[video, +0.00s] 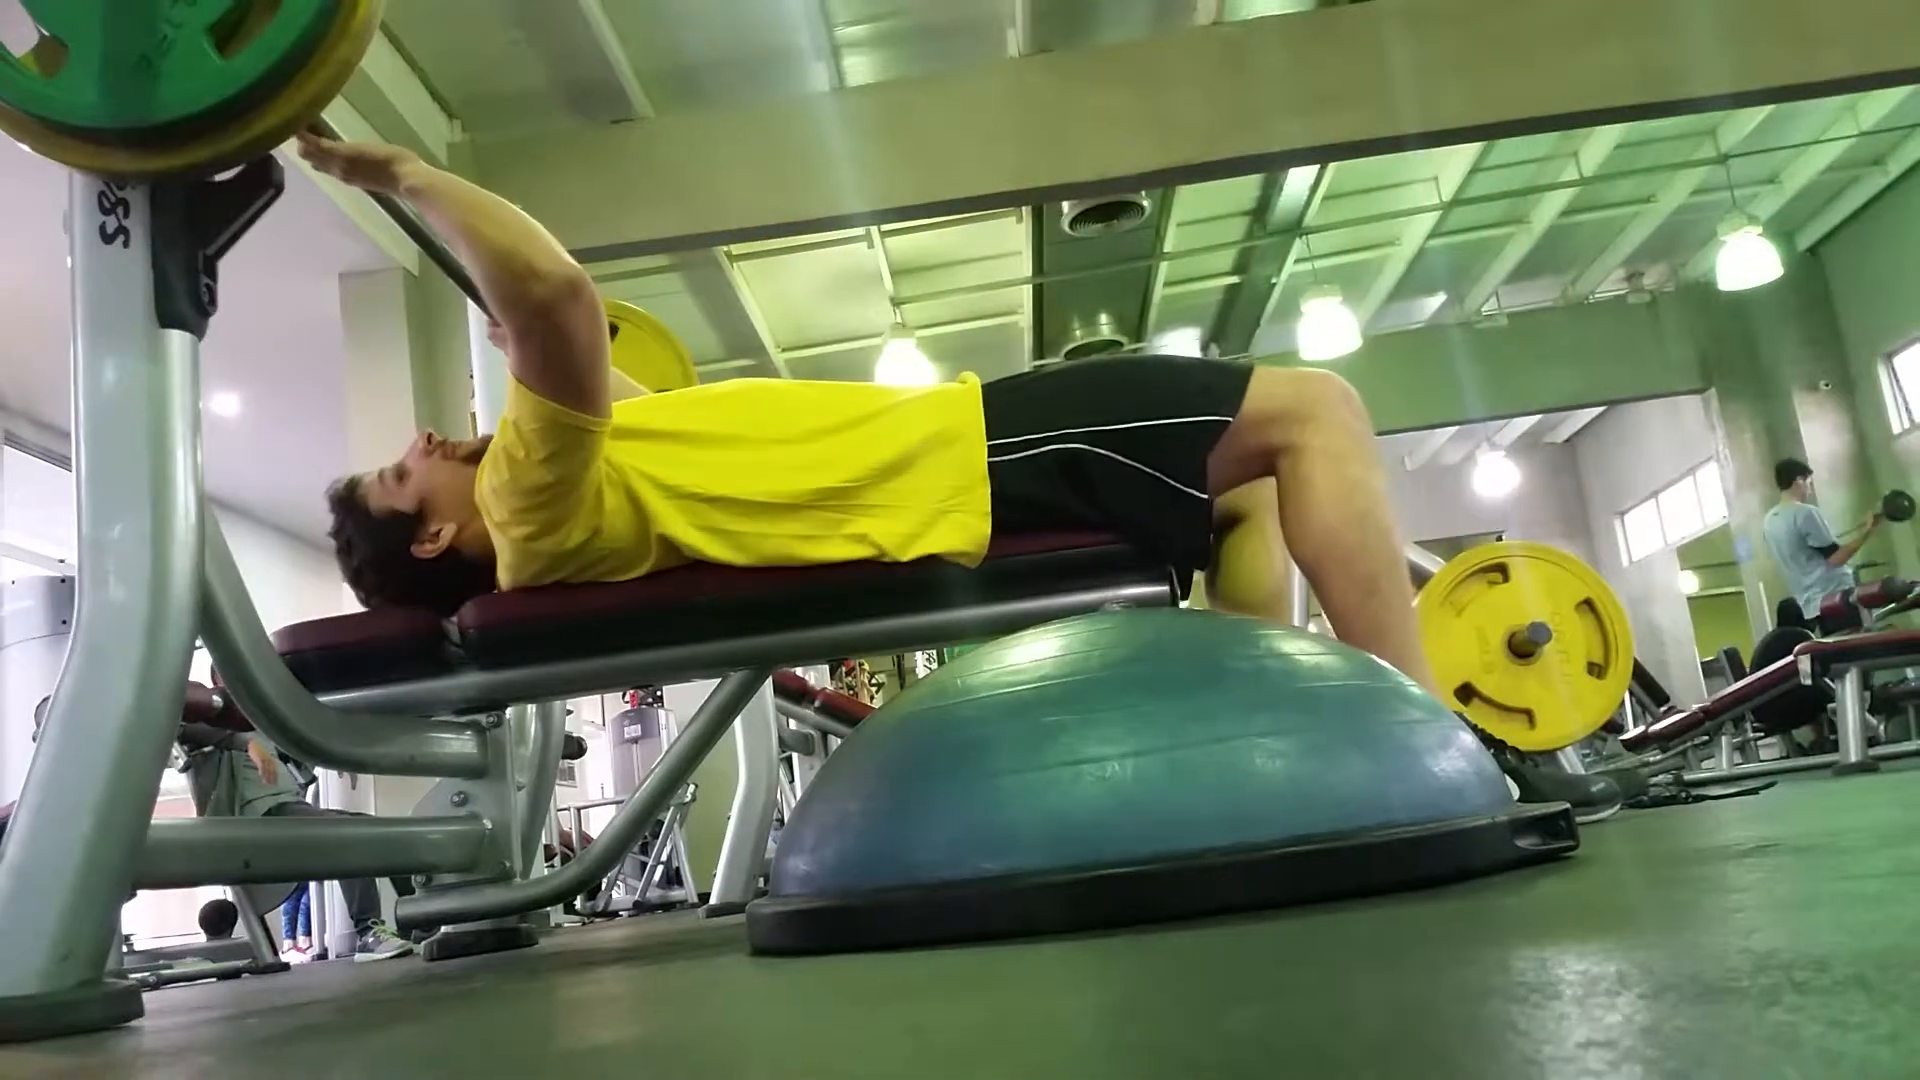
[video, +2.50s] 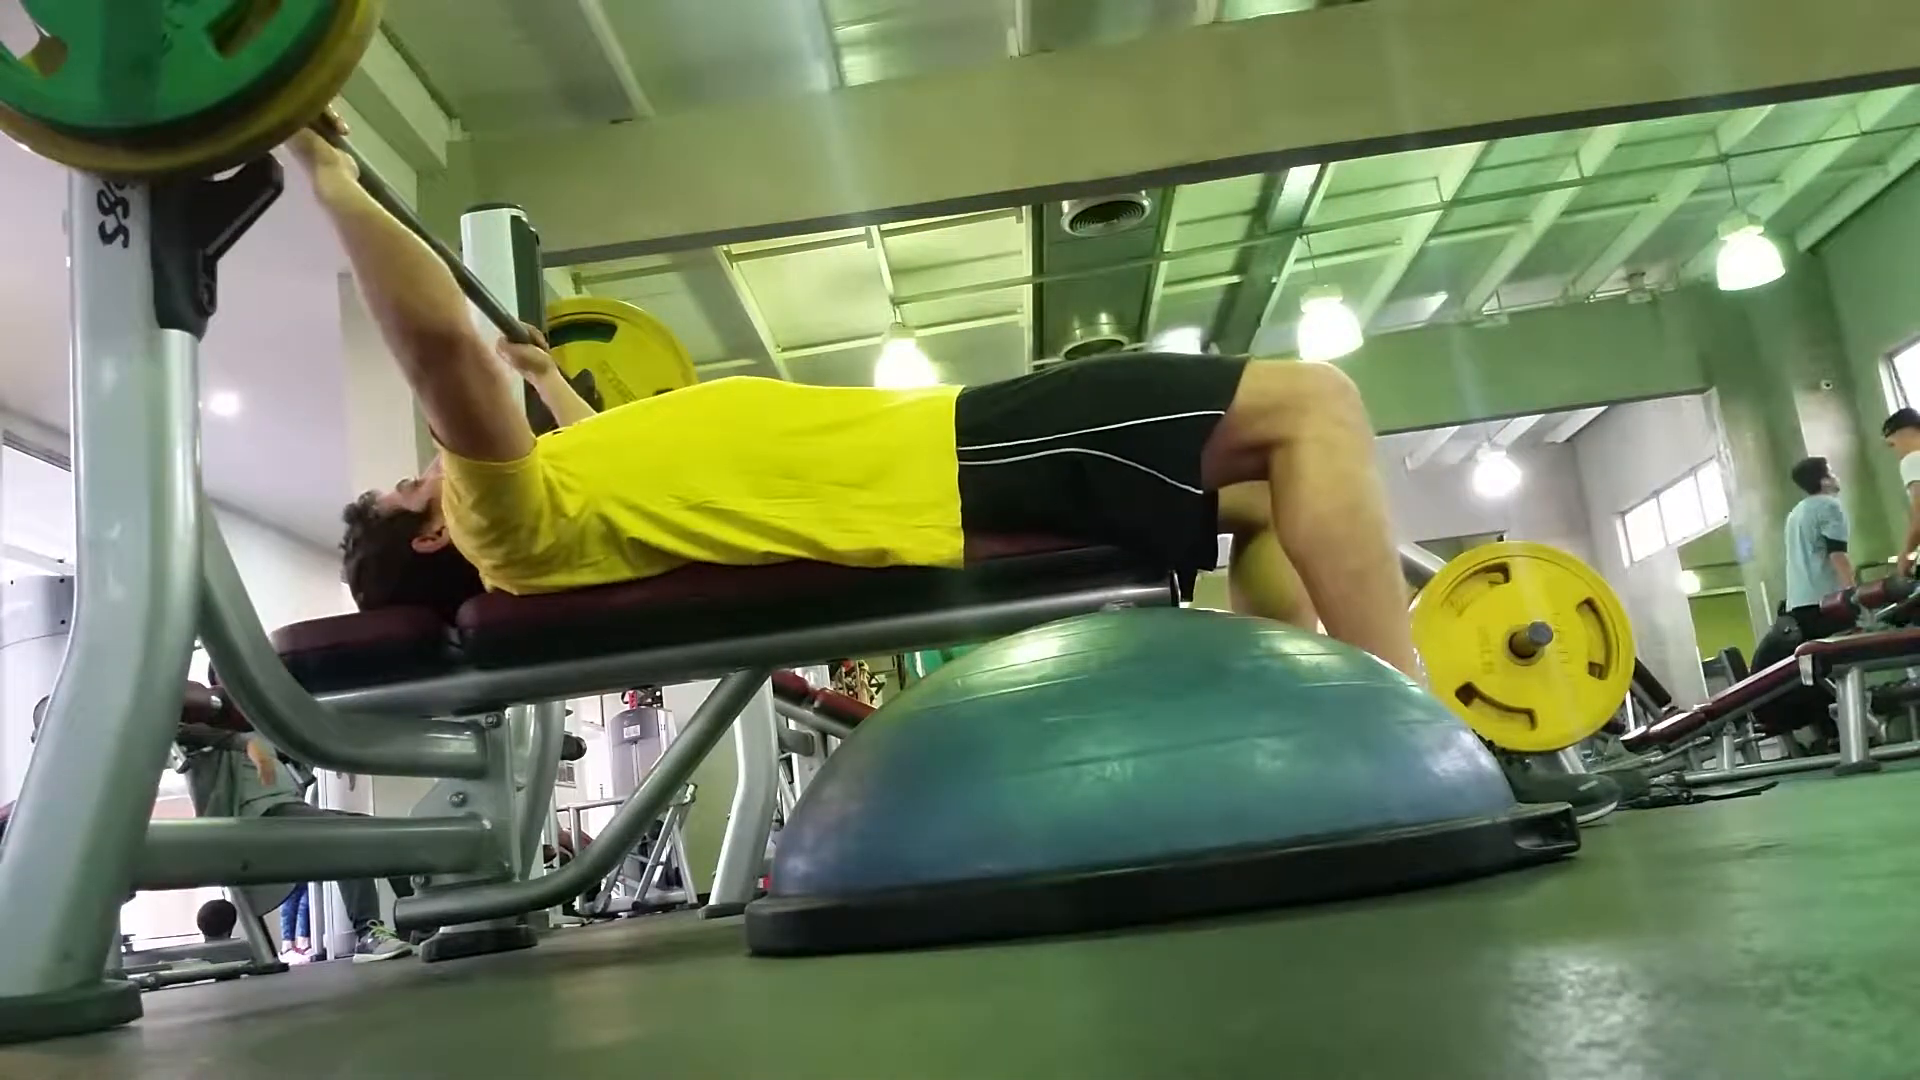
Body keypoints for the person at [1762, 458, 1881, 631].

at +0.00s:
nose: (1811, 489)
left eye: (1811, 482)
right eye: (1809, 482)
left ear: (1782, 484)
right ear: (1797, 481)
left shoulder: (1770, 520)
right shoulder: (1805, 513)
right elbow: (1835, 558)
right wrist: (1867, 531)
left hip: (1810, 608)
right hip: (1837, 601)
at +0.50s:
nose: (1814, 491)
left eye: (1815, 486)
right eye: (1809, 486)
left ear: (1790, 486)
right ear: (1790, 486)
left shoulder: (1770, 522)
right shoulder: (1804, 516)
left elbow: (1777, 564)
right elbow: (1823, 561)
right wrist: (1847, 531)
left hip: (1805, 612)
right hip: (1835, 606)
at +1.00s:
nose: (1826, 491)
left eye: (1827, 486)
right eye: (1821, 485)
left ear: (1801, 483)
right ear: (1802, 482)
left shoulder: (1777, 518)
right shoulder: (1811, 510)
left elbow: (1773, 571)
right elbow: (1805, 556)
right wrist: (1853, 564)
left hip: (1801, 615)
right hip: (1831, 609)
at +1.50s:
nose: (1814, 498)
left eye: (1815, 492)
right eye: (1813, 492)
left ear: (1783, 489)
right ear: (1802, 489)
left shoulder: (1766, 520)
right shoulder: (1803, 513)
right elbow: (1830, 557)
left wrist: (1839, 532)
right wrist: (1860, 528)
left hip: (1807, 610)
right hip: (1837, 605)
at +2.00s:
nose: (1815, 482)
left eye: (1813, 476)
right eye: (1812, 477)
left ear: (1787, 484)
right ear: (1803, 481)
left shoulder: (1774, 520)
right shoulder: (1809, 508)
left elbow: (1772, 567)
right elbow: (1815, 554)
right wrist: (1856, 558)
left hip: (1799, 612)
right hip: (1831, 606)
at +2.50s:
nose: (1835, 476)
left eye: (1831, 471)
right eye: (1830, 472)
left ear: (1808, 485)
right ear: (1823, 480)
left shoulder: (1795, 513)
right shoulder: (1829, 505)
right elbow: (1837, 555)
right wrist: (1854, 596)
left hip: (1798, 605)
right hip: (1827, 603)